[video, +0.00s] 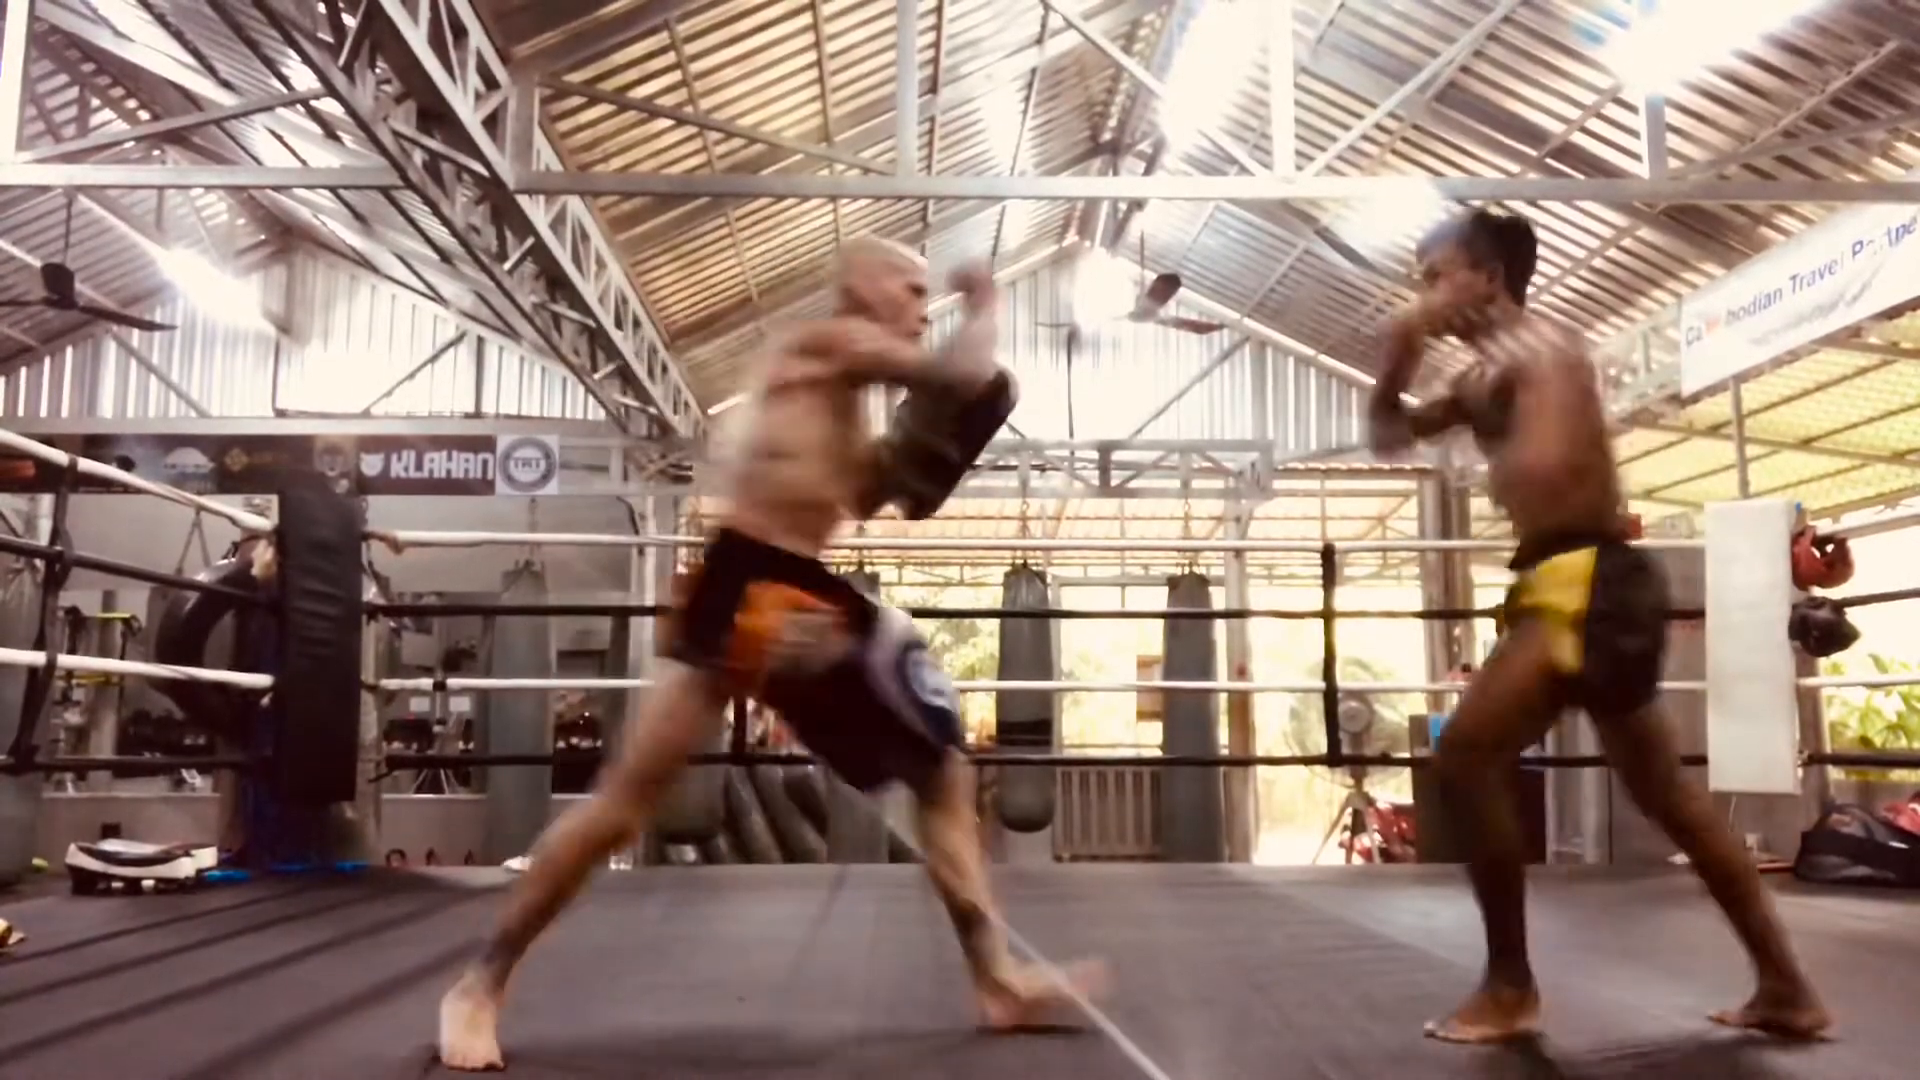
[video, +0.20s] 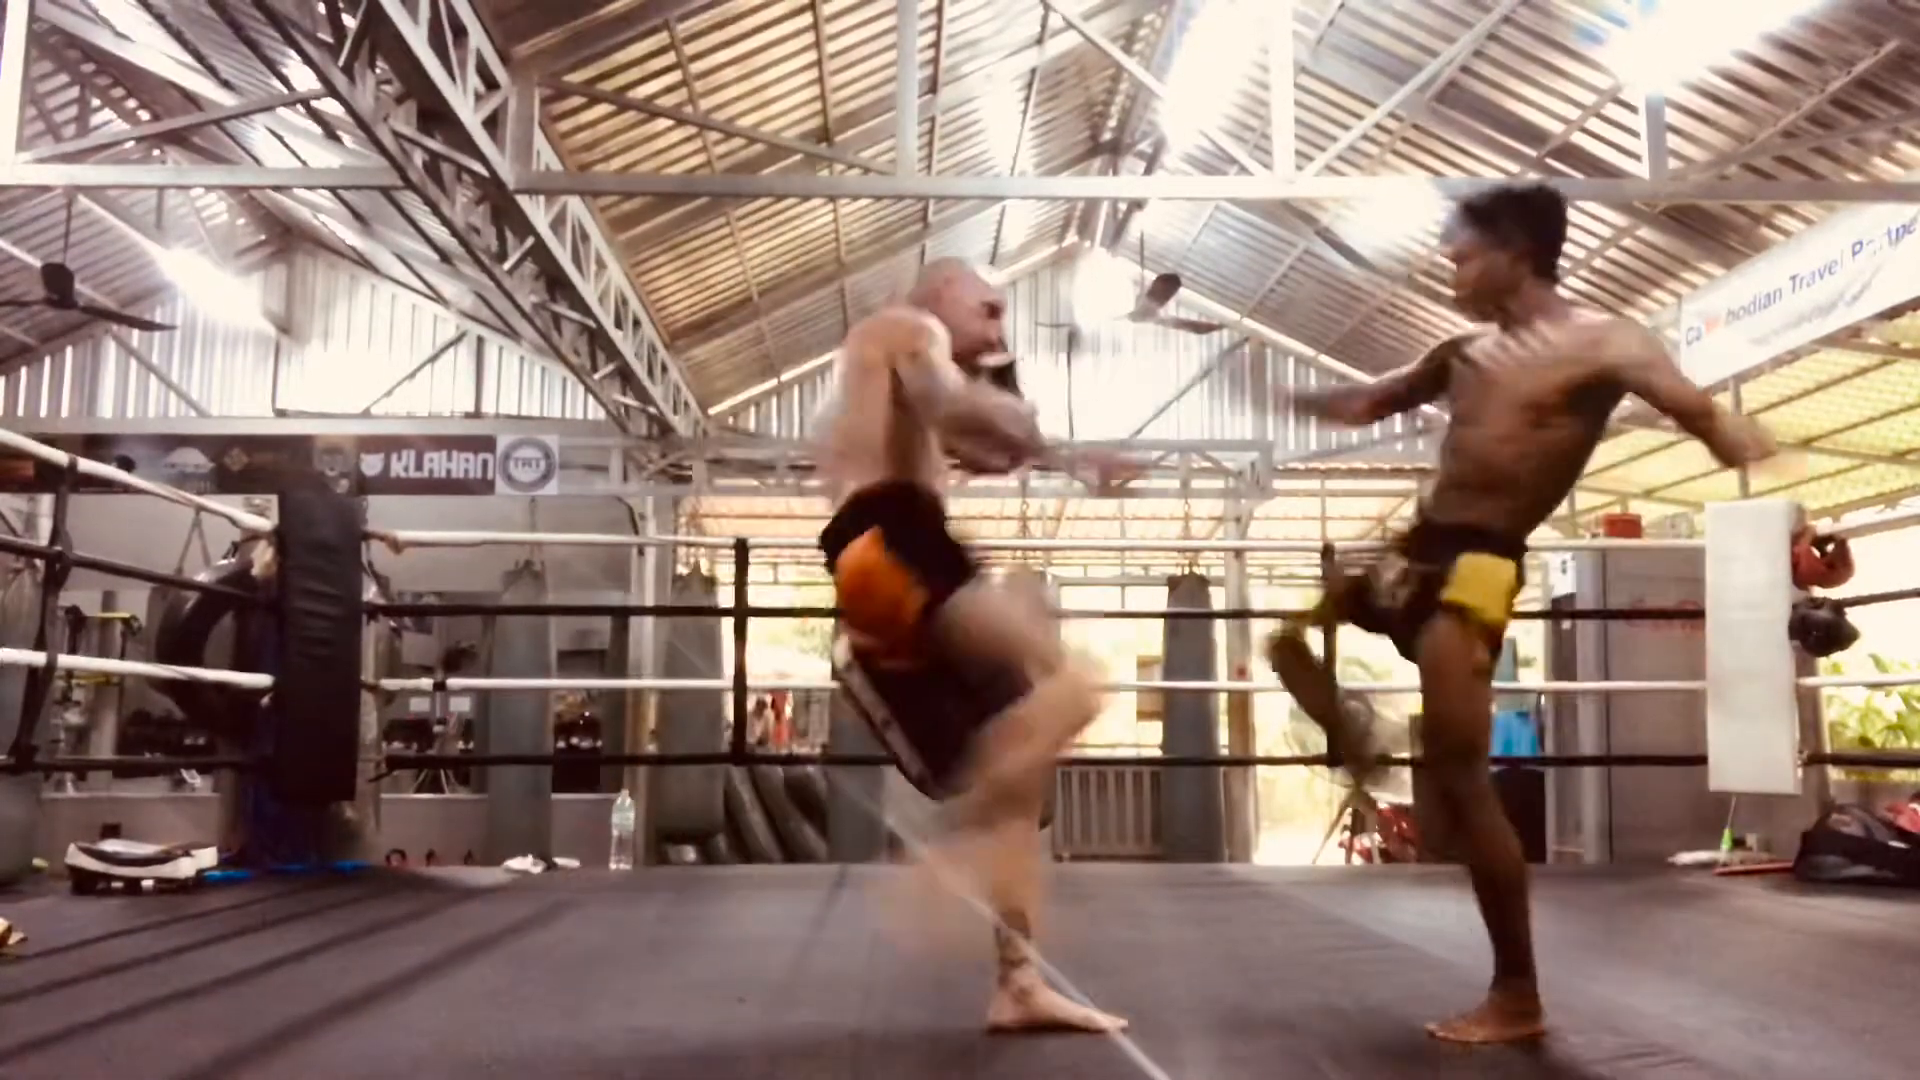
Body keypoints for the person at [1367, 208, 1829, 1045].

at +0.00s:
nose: (1427, 294)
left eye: (1437, 277)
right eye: (1426, 280)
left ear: (1487, 277)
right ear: (1479, 282)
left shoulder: (1541, 346)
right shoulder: (1489, 368)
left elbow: (1543, 477)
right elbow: (1389, 432)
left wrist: (1481, 414)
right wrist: (1404, 336)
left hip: (1586, 581)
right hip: (1572, 579)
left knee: (1468, 754)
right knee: (1670, 795)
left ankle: (1507, 987)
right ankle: (1785, 987)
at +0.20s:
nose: (1450, 267)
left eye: (1465, 253)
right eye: (1452, 253)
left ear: (1519, 257)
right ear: (1501, 260)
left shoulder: (1600, 343)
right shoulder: (1466, 347)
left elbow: (1701, 414)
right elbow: (1377, 399)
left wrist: (1737, 443)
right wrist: (1303, 403)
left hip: (1475, 570)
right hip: (1410, 558)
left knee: (1462, 793)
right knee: (1287, 641)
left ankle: (1515, 1000)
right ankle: (1359, 748)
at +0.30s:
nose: (1468, 284)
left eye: (1485, 268)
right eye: (1467, 268)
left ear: (1541, 274)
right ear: (1474, 271)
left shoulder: (1584, 375)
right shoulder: (1445, 359)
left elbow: (1633, 437)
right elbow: (1362, 430)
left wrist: (1572, 378)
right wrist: (1274, 472)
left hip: (1429, 580)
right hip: (1363, 516)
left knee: (1441, 775)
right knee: (1190, 461)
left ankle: (1482, 988)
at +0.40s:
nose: (1429, 293)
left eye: (1442, 280)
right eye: (1431, 278)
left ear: (1491, 286)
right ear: (1474, 285)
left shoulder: (1549, 368)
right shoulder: (1442, 361)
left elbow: (1493, 409)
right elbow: (1355, 429)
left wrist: (1394, 353)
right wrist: (1259, 457)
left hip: (1407, 576)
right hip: (1345, 520)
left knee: (1412, 782)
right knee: (1209, 439)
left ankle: (1471, 987)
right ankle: (1082, 414)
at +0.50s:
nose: (1392, 304)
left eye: (1406, 290)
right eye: (1393, 289)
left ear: (1456, 288)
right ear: (1422, 289)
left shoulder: (1495, 364)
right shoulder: (1416, 361)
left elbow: (1384, 387)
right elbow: (1340, 423)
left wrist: (1315, 313)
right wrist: (1241, 416)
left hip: (1388, 584)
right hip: (1321, 544)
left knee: (1414, 767)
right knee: (1204, 479)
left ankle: (1483, 983)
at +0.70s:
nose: (1303, 324)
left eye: (1317, 308)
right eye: (1299, 311)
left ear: (1364, 309)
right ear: (1297, 315)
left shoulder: (1393, 388)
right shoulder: (1289, 381)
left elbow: (1433, 500)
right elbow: (1200, 419)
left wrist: (1450, 632)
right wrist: (1243, 382)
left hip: (1322, 582)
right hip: (1254, 583)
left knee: (1370, 762)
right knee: (1230, 768)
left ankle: (1470, 962)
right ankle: (1283, 935)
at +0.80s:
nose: (1252, 335)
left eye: (1273, 322)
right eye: (1248, 320)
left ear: (1315, 327)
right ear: (1239, 324)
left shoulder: (1350, 409)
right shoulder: (1220, 394)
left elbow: (1414, 487)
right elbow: (1248, 390)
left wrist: (1461, 563)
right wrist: (1347, 343)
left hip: (1271, 597)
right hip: (1201, 597)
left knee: (1333, 758)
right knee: (1190, 769)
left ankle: (1378, 936)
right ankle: (1264, 914)